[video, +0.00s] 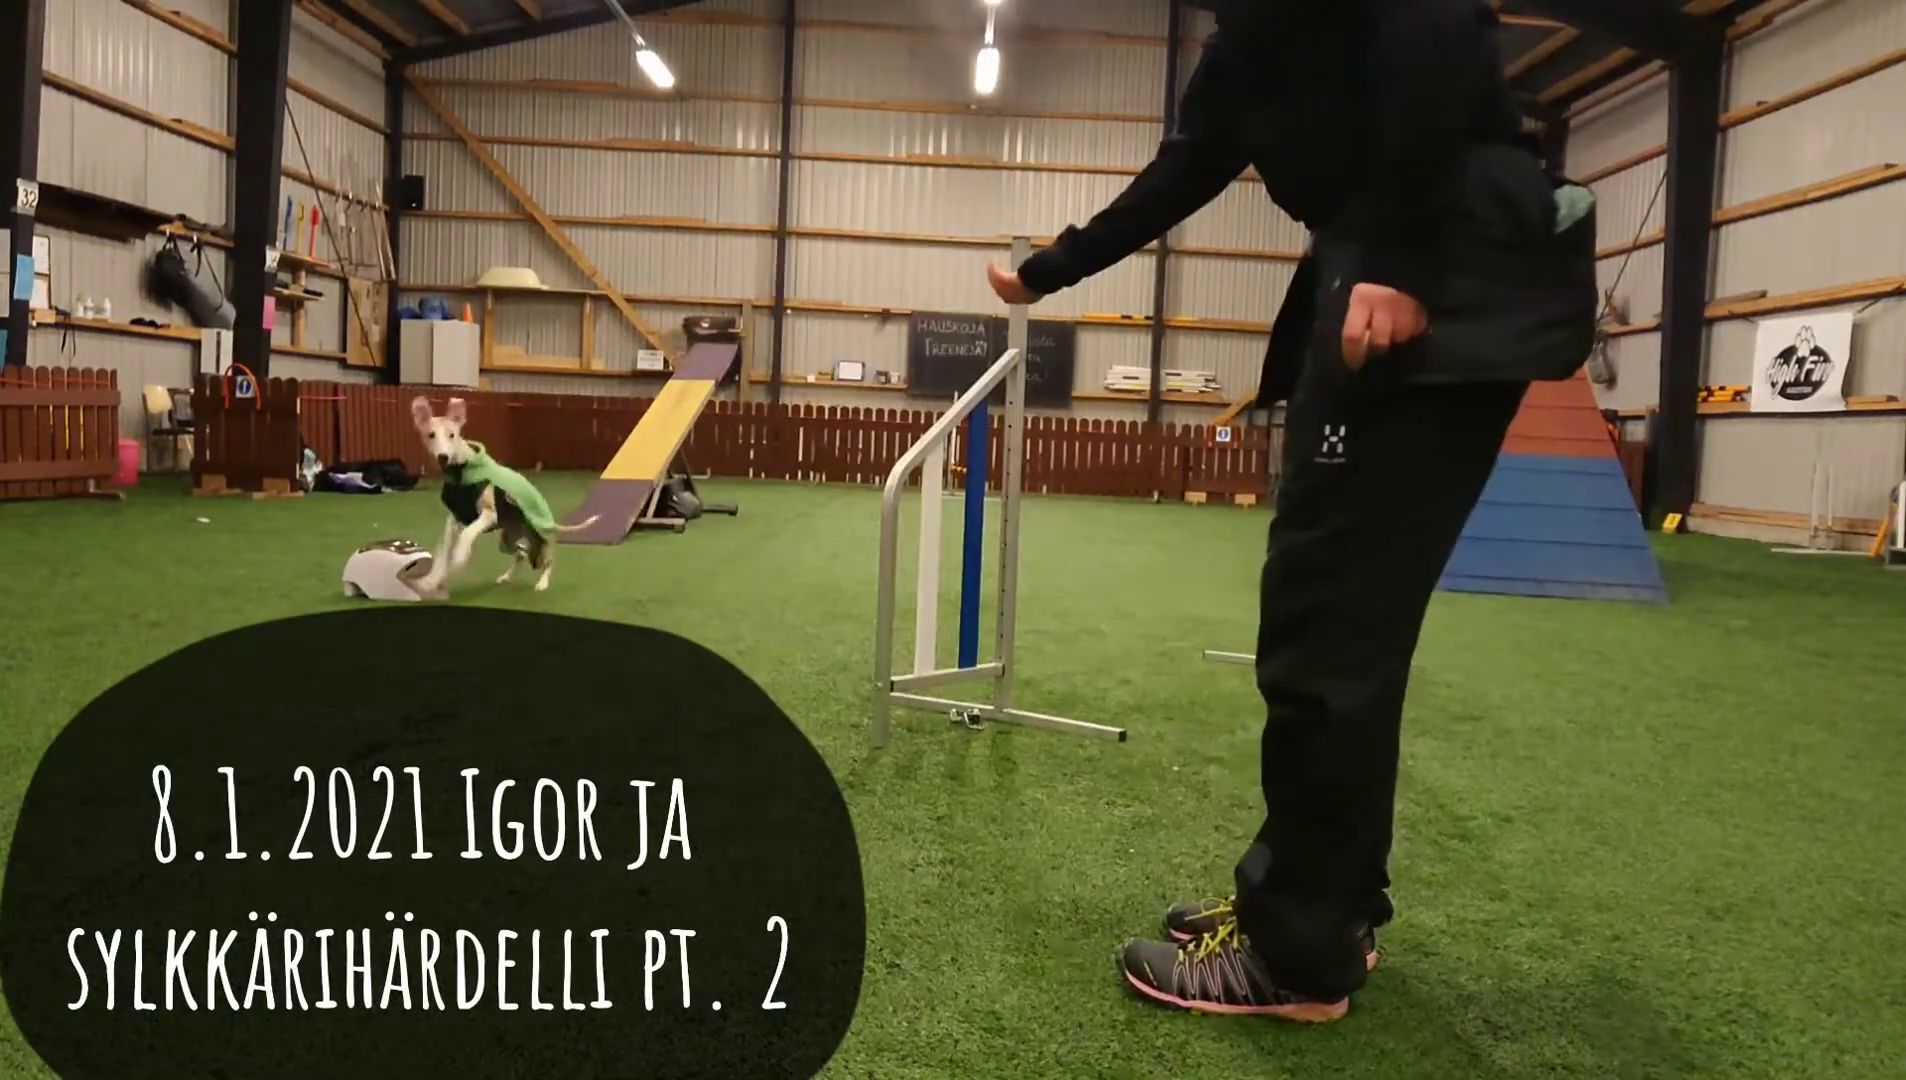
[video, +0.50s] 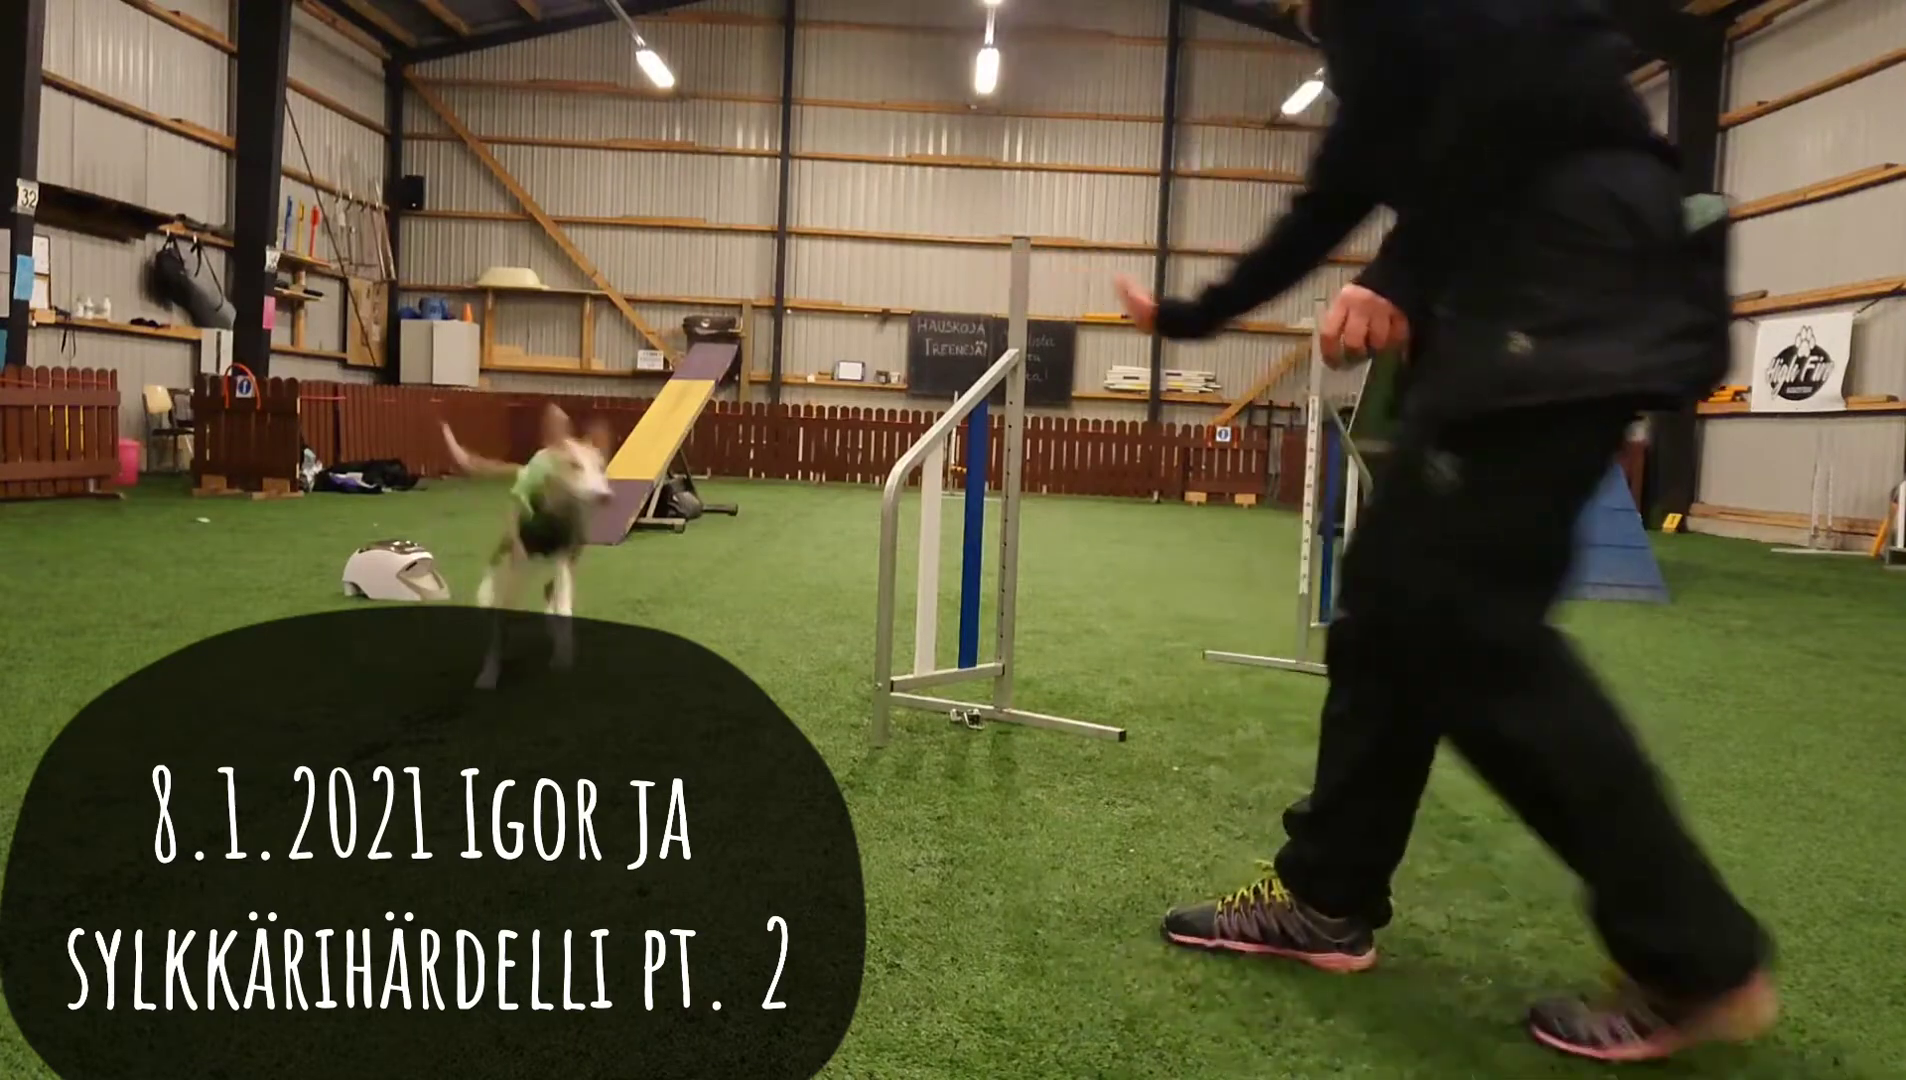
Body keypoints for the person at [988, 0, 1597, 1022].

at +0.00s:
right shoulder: (1249, 41)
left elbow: (1443, 59)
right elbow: (1187, 169)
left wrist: (1397, 259)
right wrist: (1047, 269)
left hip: (1438, 294)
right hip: (1385, 300)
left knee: (1326, 621)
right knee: (1334, 618)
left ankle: (1302, 956)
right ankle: (1329, 908)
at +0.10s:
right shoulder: (1258, 39)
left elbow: (1448, 59)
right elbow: (1197, 167)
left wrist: (1394, 260)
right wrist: (1049, 269)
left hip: (1443, 289)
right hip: (1395, 295)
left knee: (1333, 623)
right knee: (1337, 617)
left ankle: (1301, 955)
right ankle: (1330, 908)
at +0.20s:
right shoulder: (1272, 39)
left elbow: (1456, 73)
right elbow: (1218, 161)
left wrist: (1394, 259)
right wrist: (1078, 259)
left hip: (1470, 279)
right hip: (1419, 284)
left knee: (1344, 606)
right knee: (1340, 602)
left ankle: (1309, 955)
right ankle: (1325, 908)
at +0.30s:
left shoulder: (1420, 9)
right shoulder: (1294, 45)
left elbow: (1464, 83)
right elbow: (1227, 174)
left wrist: (1390, 260)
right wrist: (1087, 272)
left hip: (1505, 270)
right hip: (1442, 274)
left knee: (1350, 581)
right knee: (1328, 575)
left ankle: (1384, 945)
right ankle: (1322, 897)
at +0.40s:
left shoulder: (1430, 12)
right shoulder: (1333, 48)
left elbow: (1473, 83)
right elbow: (1273, 183)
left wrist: (1397, 258)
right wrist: (1140, 282)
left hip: (1535, 271)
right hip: (1447, 282)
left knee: (1393, 606)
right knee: (1356, 606)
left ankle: (1551, 939)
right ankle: (1328, 901)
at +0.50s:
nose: (1287, 15)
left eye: (1284, 10)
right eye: (1280, 17)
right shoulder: (1388, 34)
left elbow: (1500, 95)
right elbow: (1344, 182)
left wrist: (1401, 274)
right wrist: (1201, 308)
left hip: (1576, 275)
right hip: (1498, 290)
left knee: (1464, 615)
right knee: (1391, 604)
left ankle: (1702, 965)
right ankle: (1328, 900)